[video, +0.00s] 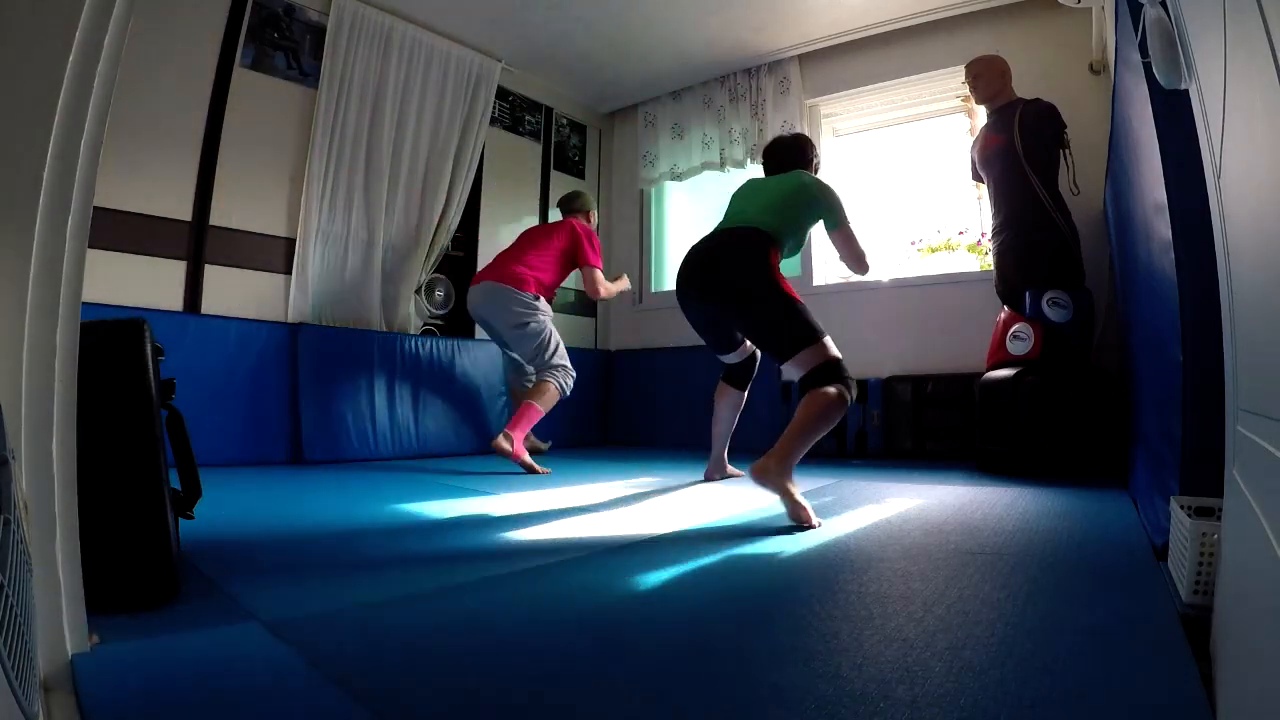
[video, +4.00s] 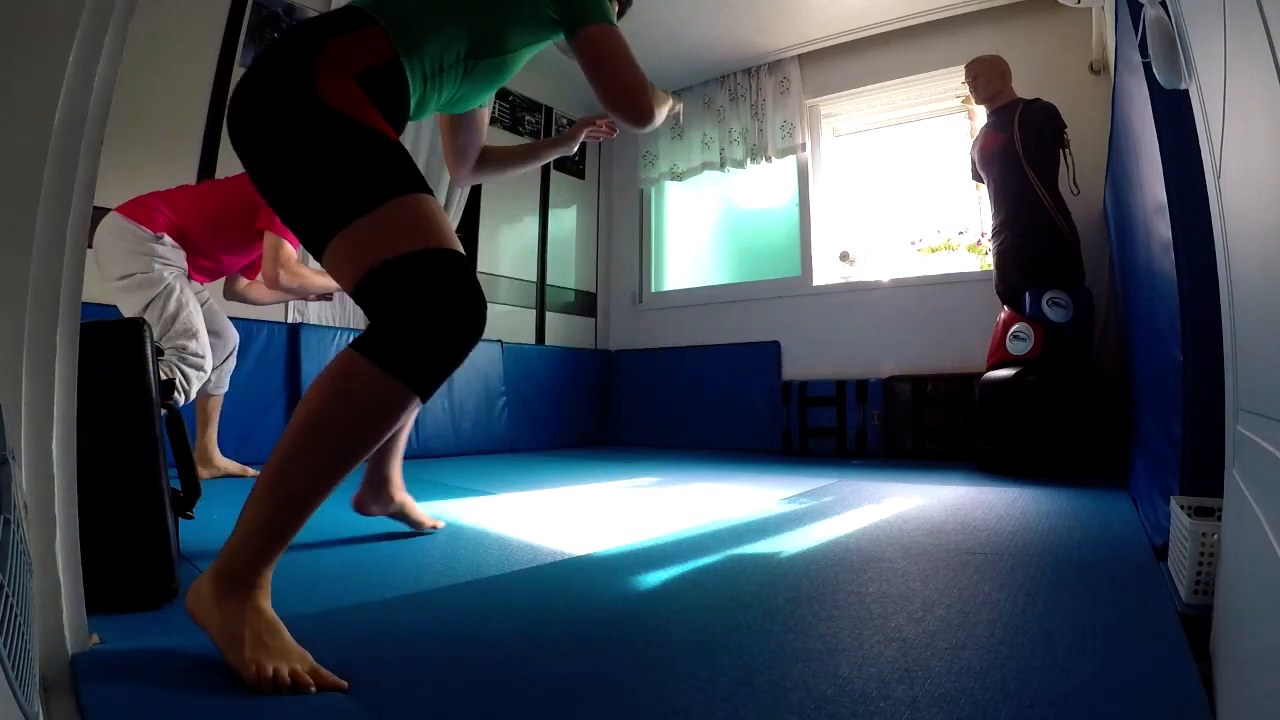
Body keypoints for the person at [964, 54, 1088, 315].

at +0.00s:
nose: (970, 84)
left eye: (976, 76)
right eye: (968, 80)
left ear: (1004, 76)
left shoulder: (1038, 112)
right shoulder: (980, 140)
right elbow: (978, 176)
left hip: (1050, 242)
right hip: (1008, 249)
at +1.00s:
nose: (970, 86)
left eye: (975, 78)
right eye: (968, 82)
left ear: (1003, 75)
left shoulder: (1037, 111)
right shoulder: (981, 140)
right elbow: (979, 176)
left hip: (1050, 243)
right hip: (1008, 250)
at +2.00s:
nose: (970, 85)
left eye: (975, 76)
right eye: (967, 81)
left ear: (1003, 75)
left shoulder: (1037, 112)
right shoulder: (980, 141)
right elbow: (977, 175)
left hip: (1050, 244)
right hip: (1008, 252)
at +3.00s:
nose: (970, 87)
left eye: (975, 78)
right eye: (968, 82)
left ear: (1002, 75)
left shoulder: (1036, 111)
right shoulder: (983, 136)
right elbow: (977, 175)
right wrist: (974, 123)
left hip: (1048, 238)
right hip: (1008, 244)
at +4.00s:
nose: (971, 85)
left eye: (976, 76)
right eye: (968, 82)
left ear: (1004, 74)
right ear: (969, 91)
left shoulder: (1036, 111)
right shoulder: (981, 139)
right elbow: (978, 175)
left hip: (1050, 245)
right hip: (1008, 253)